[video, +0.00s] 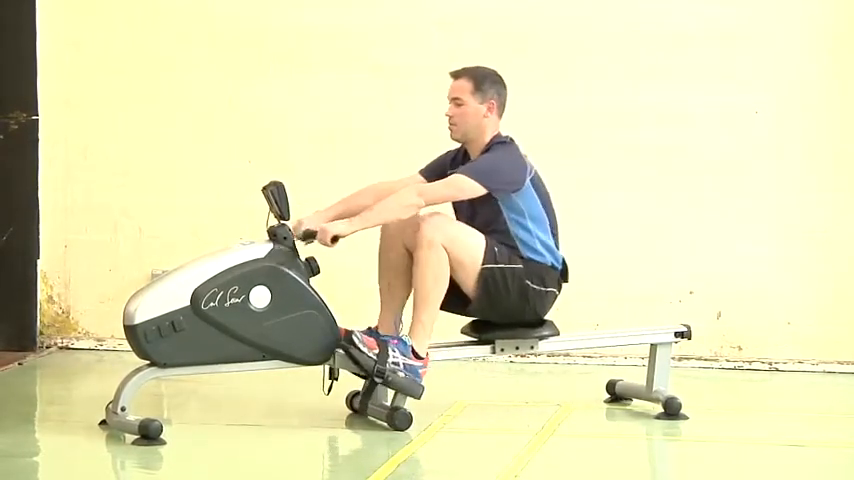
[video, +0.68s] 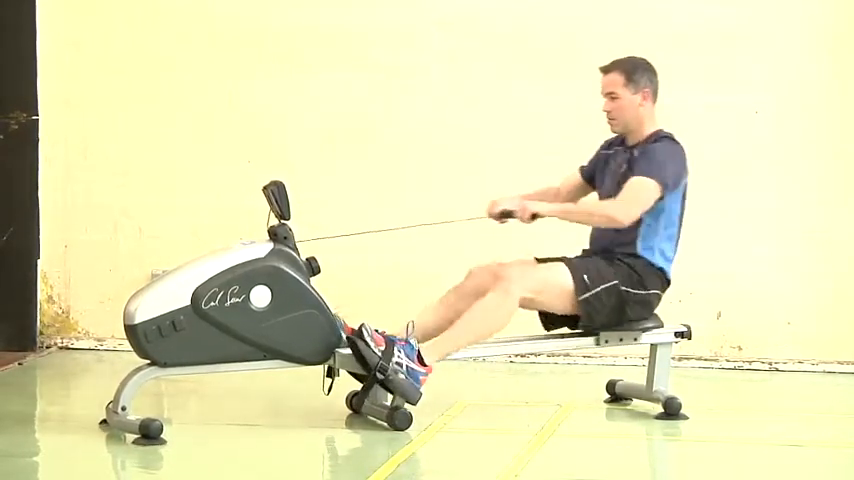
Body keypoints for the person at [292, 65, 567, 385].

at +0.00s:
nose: (448, 111)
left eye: (457, 103)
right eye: (449, 103)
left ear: (489, 109)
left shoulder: (505, 161)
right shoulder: (454, 160)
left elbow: (421, 198)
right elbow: (393, 191)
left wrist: (347, 227)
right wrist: (323, 216)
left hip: (530, 286)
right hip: (487, 286)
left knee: (434, 227)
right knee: (398, 221)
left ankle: (415, 355)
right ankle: (384, 337)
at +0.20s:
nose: (486, 109)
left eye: (496, 99)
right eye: (487, 99)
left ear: (528, 104)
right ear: (522, 105)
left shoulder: (543, 157)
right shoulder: (493, 156)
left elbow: (461, 192)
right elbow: (433, 185)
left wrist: (390, 218)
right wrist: (363, 207)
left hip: (558, 283)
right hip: (521, 281)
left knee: (452, 235)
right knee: (421, 229)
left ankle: (417, 359)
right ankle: (388, 339)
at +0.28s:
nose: (506, 107)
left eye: (516, 97)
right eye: (507, 98)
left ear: (548, 101)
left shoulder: (564, 155)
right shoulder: (513, 153)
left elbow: (484, 191)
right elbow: (451, 182)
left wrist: (409, 216)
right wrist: (385, 203)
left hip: (571, 281)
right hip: (533, 276)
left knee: (463, 240)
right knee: (432, 235)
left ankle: (418, 360)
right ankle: (389, 342)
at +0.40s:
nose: (538, 105)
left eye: (546, 95)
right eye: (538, 96)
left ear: (578, 97)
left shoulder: (596, 152)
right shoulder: (545, 150)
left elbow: (521, 194)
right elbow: (487, 181)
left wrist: (448, 212)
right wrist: (420, 201)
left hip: (592, 278)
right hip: (555, 272)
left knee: (480, 250)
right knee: (450, 245)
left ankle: (419, 361)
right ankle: (392, 341)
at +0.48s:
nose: (559, 105)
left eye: (567, 95)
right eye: (558, 96)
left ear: (599, 97)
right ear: (593, 97)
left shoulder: (618, 152)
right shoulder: (568, 148)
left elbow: (547, 199)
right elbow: (510, 181)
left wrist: (472, 211)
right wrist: (446, 200)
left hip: (605, 277)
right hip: (569, 269)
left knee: (494, 257)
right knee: (460, 253)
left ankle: (420, 359)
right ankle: (393, 341)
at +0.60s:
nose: (588, 106)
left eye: (596, 96)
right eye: (587, 97)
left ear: (628, 98)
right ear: (616, 98)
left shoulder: (648, 152)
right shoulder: (596, 149)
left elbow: (592, 206)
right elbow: (545, 188)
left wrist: (512, 210)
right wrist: (490, 201)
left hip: (624, 277)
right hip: (589, 268)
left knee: (505, 271)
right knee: (473, 267)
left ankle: (422, 358)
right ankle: (399, 340)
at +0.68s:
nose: (604, 107)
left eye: (612, 97)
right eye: (603, 98)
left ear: (645, 98)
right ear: (629, 99)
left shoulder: (664, 152)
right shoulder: (613, 152)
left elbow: (620, 212)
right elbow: (562, 194)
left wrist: (542, 209)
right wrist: (516, 203)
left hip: (632, 276)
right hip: (598, 267)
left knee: (509, 280)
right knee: (479, 278)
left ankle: (421, 362)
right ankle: (398, 345)